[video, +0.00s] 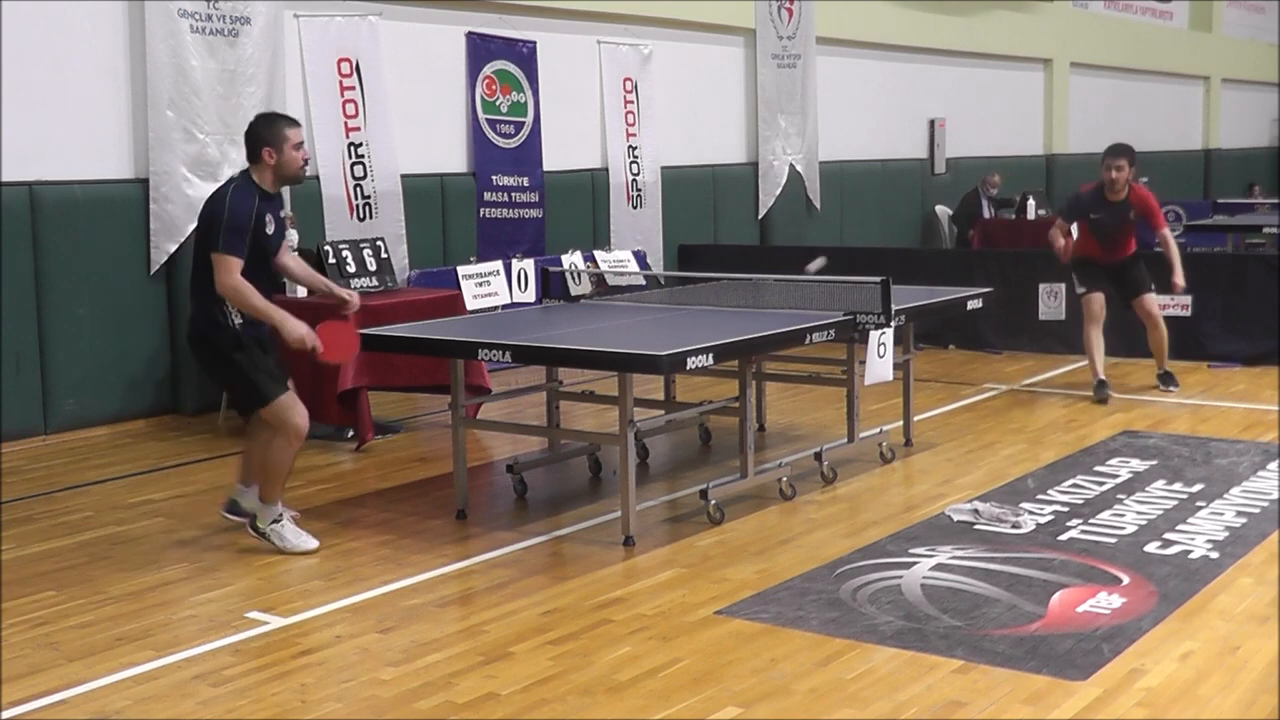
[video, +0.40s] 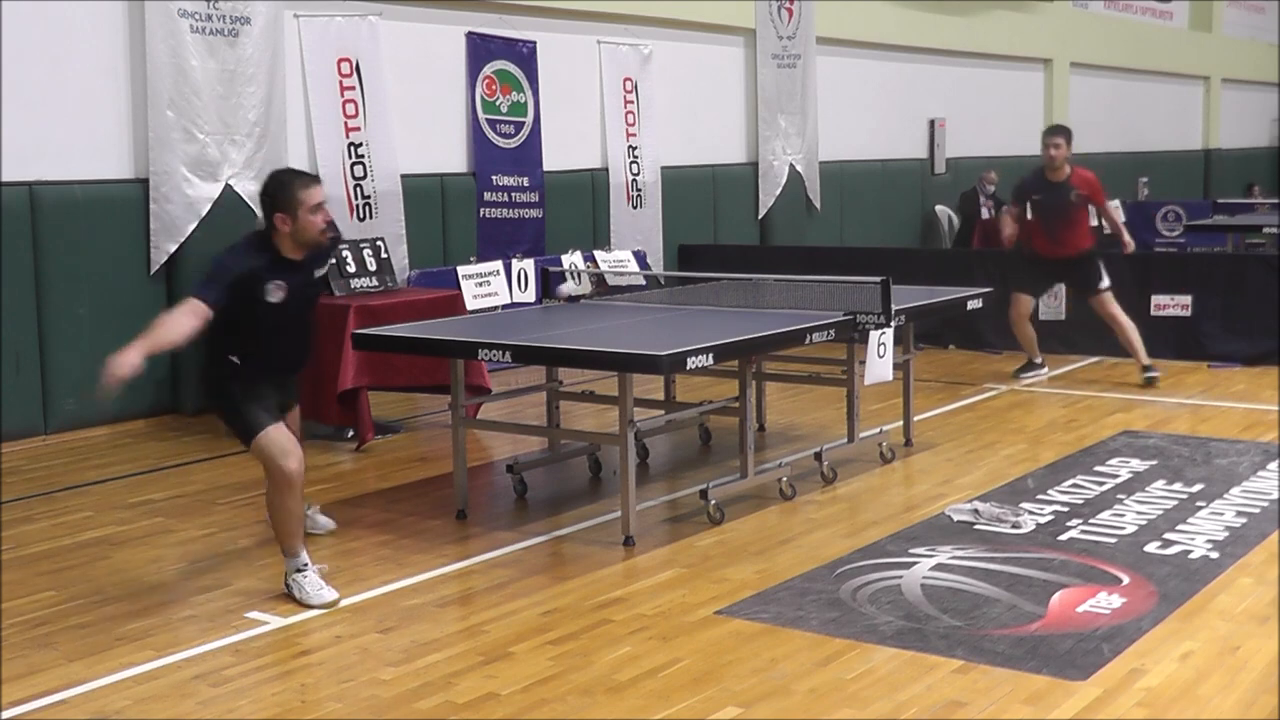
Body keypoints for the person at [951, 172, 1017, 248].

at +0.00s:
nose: (993, 191)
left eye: (995, 188)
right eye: (991, 188)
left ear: (998, 187)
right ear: (984, 184)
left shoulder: (990, 198)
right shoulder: (970, 197)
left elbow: (997, 203)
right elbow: (956, 217)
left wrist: (1013, 202)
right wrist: (968, 232)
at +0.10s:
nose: (992, 191)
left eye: (995, 187)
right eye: (990, 187)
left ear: (997, 186)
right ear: (983, 184)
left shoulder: (991, 198)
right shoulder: (969, 198)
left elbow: (998, 203)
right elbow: (954, 216)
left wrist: (1011, 202)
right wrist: (966, 225)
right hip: (970, 240)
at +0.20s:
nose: (991, 189)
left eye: (994, 186)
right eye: (989, 186)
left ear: (997, 186)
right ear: (982, 183)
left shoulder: (992, 197)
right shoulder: (969, 196)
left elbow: (997, 204)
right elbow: (953, 212)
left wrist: (1006, 204)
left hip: (990, 237)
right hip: (970, 237)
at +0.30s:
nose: (992, 188)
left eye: (994, 185)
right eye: (989, 185)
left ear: (996, 185)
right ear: (982, 183)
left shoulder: (993, 197)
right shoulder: (967, 196)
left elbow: (1002, 203)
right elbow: (956, 210)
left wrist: (1005, 207)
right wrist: (974, 207)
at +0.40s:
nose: (992, 188)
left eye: (994, 185)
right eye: (989, 184)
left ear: (996, 185)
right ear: (982, 183)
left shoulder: (995, 199)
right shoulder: (967, 196)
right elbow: (965, 213)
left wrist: (993, 207)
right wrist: (983, 208)